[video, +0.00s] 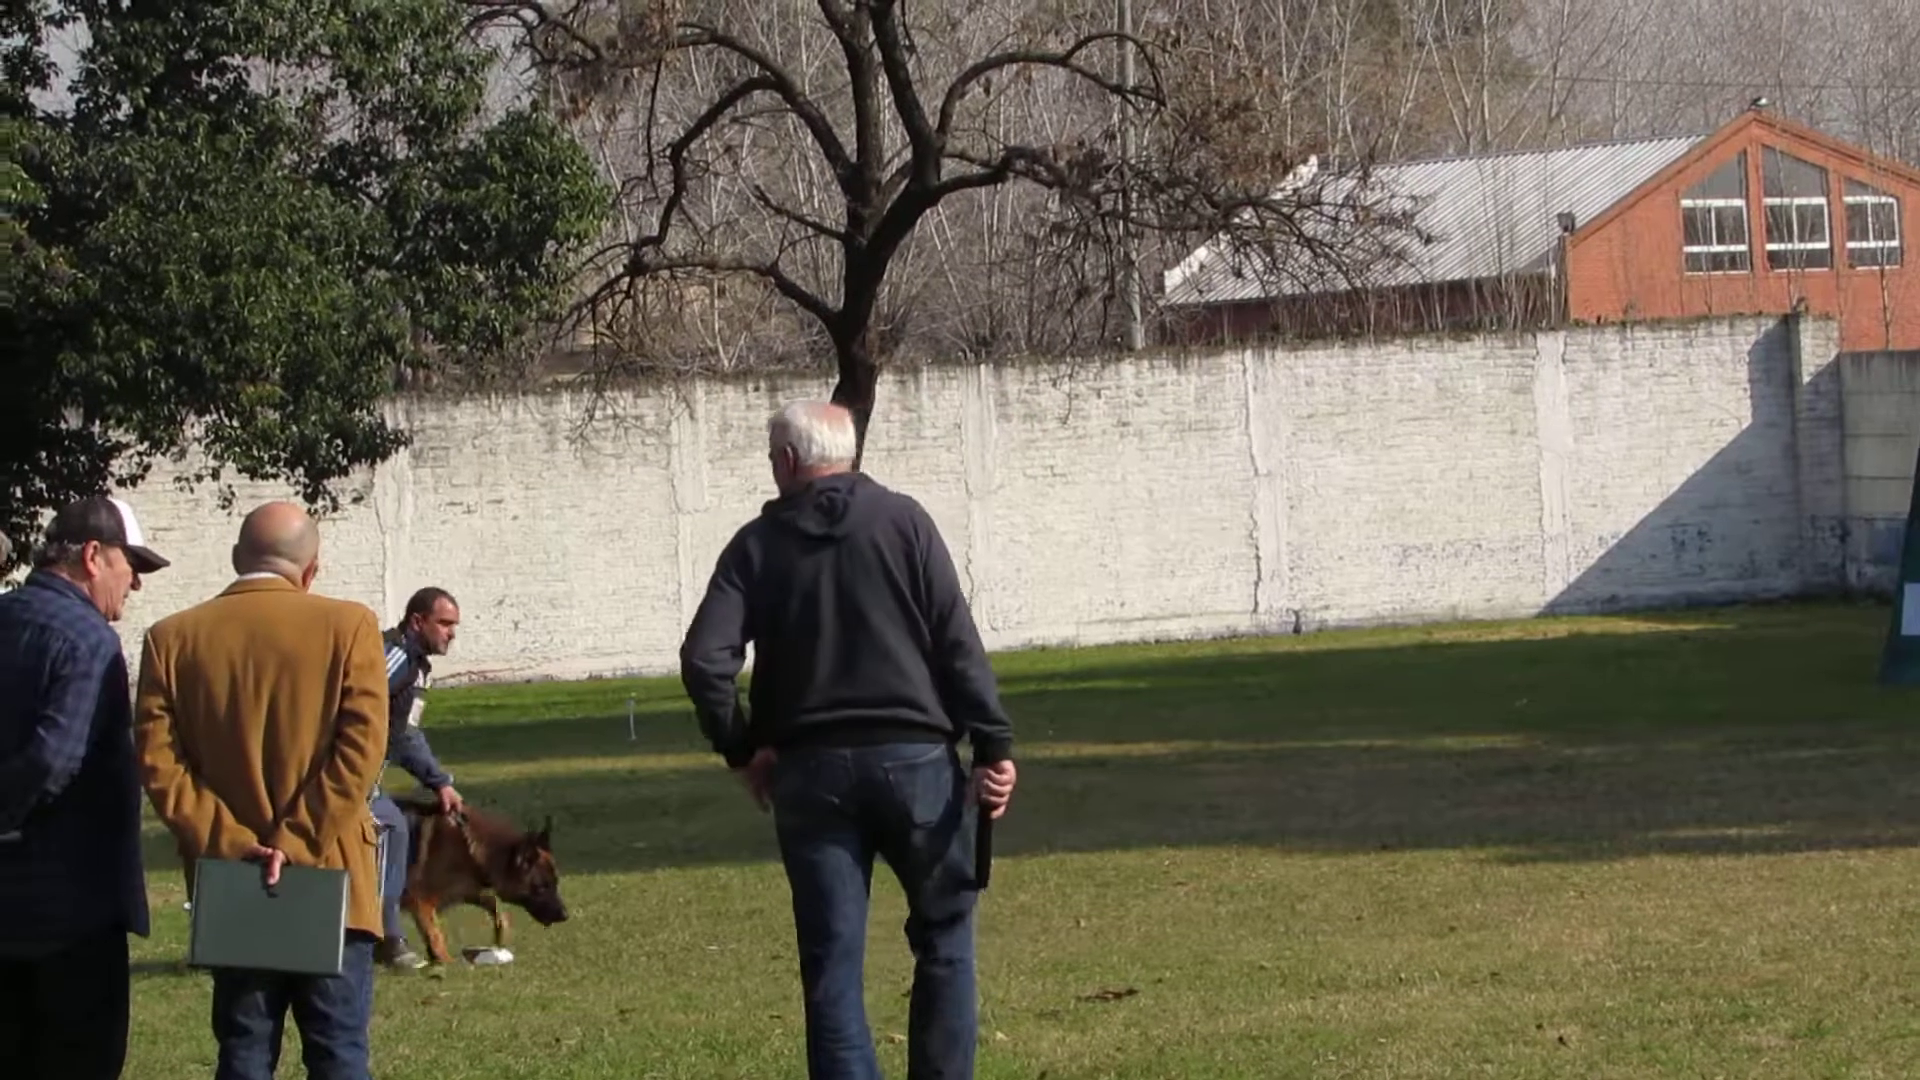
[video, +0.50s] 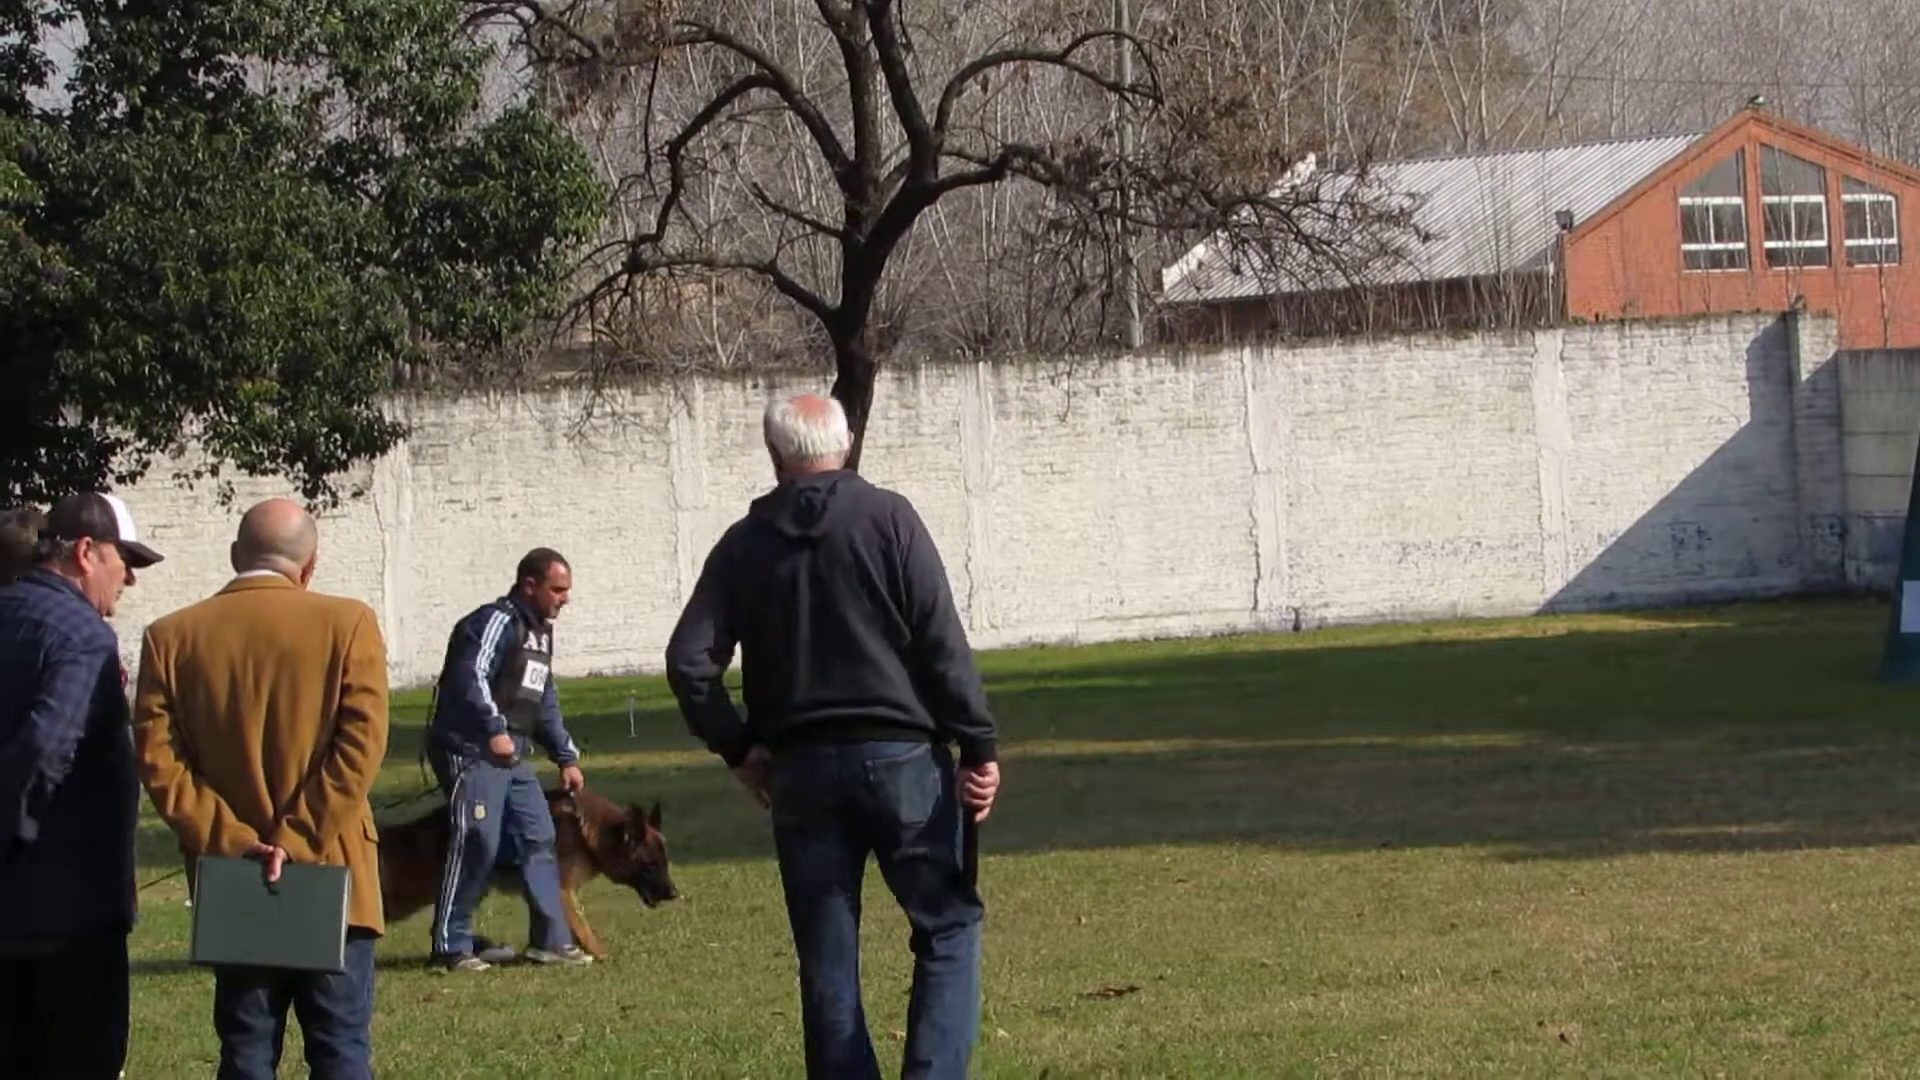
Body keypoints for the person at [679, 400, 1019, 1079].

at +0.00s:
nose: (771, 472)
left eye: (772, 461)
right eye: (773, 461)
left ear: (787, 461)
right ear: (852, 457)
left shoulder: (757, 542)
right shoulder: (904, 520)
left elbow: (705, 660)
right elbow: (956, 642)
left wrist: (742, 749)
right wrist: (994, 746)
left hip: (808, 773)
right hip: (915, 763)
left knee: (830, 964)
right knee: (945, 936)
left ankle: (845, 1076)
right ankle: (943, 1071)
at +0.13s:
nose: (763, 468)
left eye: (763, 459)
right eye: (766, 459)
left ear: (773, 463)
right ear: (843, 454)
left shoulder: (749, 545)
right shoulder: (897, 518)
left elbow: (696, 661)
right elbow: (952, 638)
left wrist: (738, 753)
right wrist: (992, 742)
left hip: (806, 774)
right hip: (913, 762)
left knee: (828, 968)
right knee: (947, 938)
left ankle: (845, 1076)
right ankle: (951, 1072)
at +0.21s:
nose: (750, 466)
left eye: (750, 458)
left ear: (758, 462)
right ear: (829, 452)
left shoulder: (734, 545)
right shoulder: (882, 517)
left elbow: (683, 661)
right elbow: (939, 638)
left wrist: (728, 752)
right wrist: (980, 741)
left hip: (795, 773)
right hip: (901, 760)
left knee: (821, 967)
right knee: (939, 935)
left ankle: (839, 1076)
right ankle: (947, 1071)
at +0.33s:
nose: (758, 466)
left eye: (757, 458)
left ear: (762, 463)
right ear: (835, 452)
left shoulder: (736, 546)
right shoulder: (884, 518)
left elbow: (687, 664)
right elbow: (940, 640)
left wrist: (733, 753)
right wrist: (981, 744)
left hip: (798, 776)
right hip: (903, 763)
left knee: (825, 964)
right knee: (947, 929)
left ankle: (844, 1075)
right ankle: (950, 1072)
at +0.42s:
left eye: (764, 456)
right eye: (845, 444)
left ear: (768, 460)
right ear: (842, 449)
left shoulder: (740, 545)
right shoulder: (887, 518)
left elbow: (688, 664)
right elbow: (940, 641)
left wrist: (735, 749)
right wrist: (981, 744)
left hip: (799, 773)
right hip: (903, 762)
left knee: (824, 962)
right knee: (949, 929)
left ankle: (844, 1075)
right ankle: (943, 1072)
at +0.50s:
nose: (852, 451)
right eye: (851, 442)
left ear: (775, 457)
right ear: (848, 447)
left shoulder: (743, 542)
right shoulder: (888, 517)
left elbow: (688, 661)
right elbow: (940, 642)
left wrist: (738, 747)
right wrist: (979, 746)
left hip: (799, 772)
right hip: (902, 761)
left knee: (825, 960)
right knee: (947, 928)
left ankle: (841, 1074)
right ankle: (933, 1072)